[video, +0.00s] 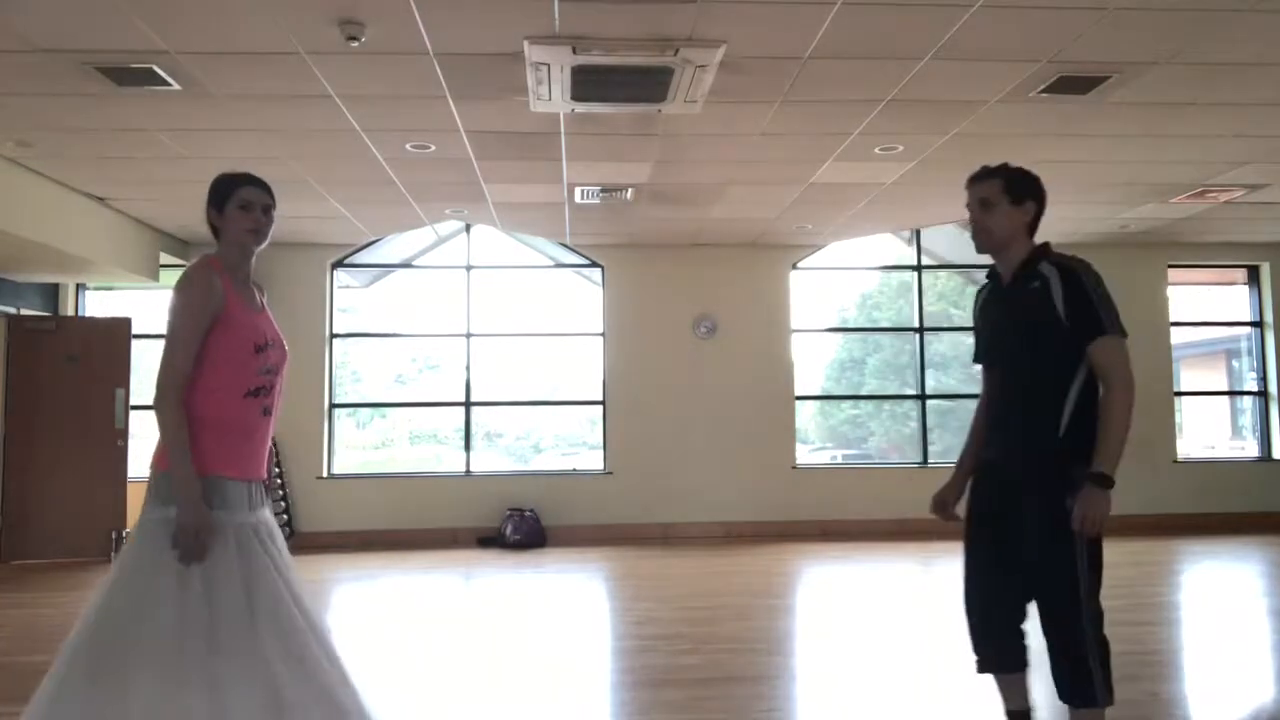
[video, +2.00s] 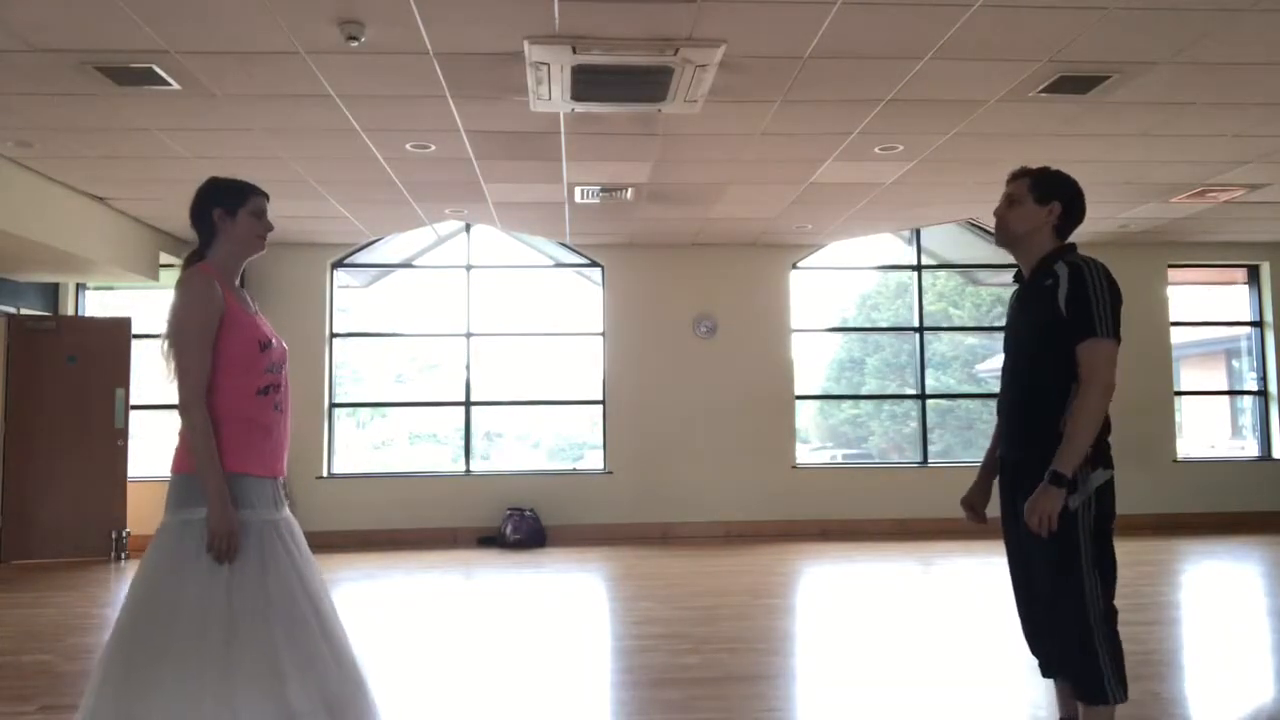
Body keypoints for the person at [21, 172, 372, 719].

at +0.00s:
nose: (257, 218)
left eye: (266, 212)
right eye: (245, 208)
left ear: (272, 226)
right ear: (216, 217)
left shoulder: (256, 294)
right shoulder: (203, 280)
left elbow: (245, 399)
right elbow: (167, 392)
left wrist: (261, 485)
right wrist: (189, 500)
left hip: (245, 497)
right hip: (203, 496)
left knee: (245, 653)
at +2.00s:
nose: (269, 227)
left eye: (268, 217)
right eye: (259, 216)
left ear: (227, 221)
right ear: (221, 218)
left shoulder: (236, 293)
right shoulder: (201, 286)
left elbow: (237, 399)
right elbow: (192, 402)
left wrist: (271, 489)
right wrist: (218, 503)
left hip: (257, 492)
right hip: (225, 493)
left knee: (262, 649)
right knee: (224, 651)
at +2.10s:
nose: (268, 227)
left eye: (267, 217)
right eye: (258, 216)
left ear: (226, 221)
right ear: (220, 219)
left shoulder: (236, 293)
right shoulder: (199, 286)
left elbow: (242, 400)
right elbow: (191, 403)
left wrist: (273, 487)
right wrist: (217, 505)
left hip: (255, 492)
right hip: (222, 493)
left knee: (259, 649)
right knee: (222, 650)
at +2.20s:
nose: (267, 229)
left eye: (266, 219)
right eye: (256, 217)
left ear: (225, 222)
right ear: (218, 219)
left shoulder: (236, 294)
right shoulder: (197, 287)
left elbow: (242, 401)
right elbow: (187, 403)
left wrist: (274, 490)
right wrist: (215, 504)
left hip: (254, 494)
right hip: (222, 495)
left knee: (258, 650)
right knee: (221, 651)